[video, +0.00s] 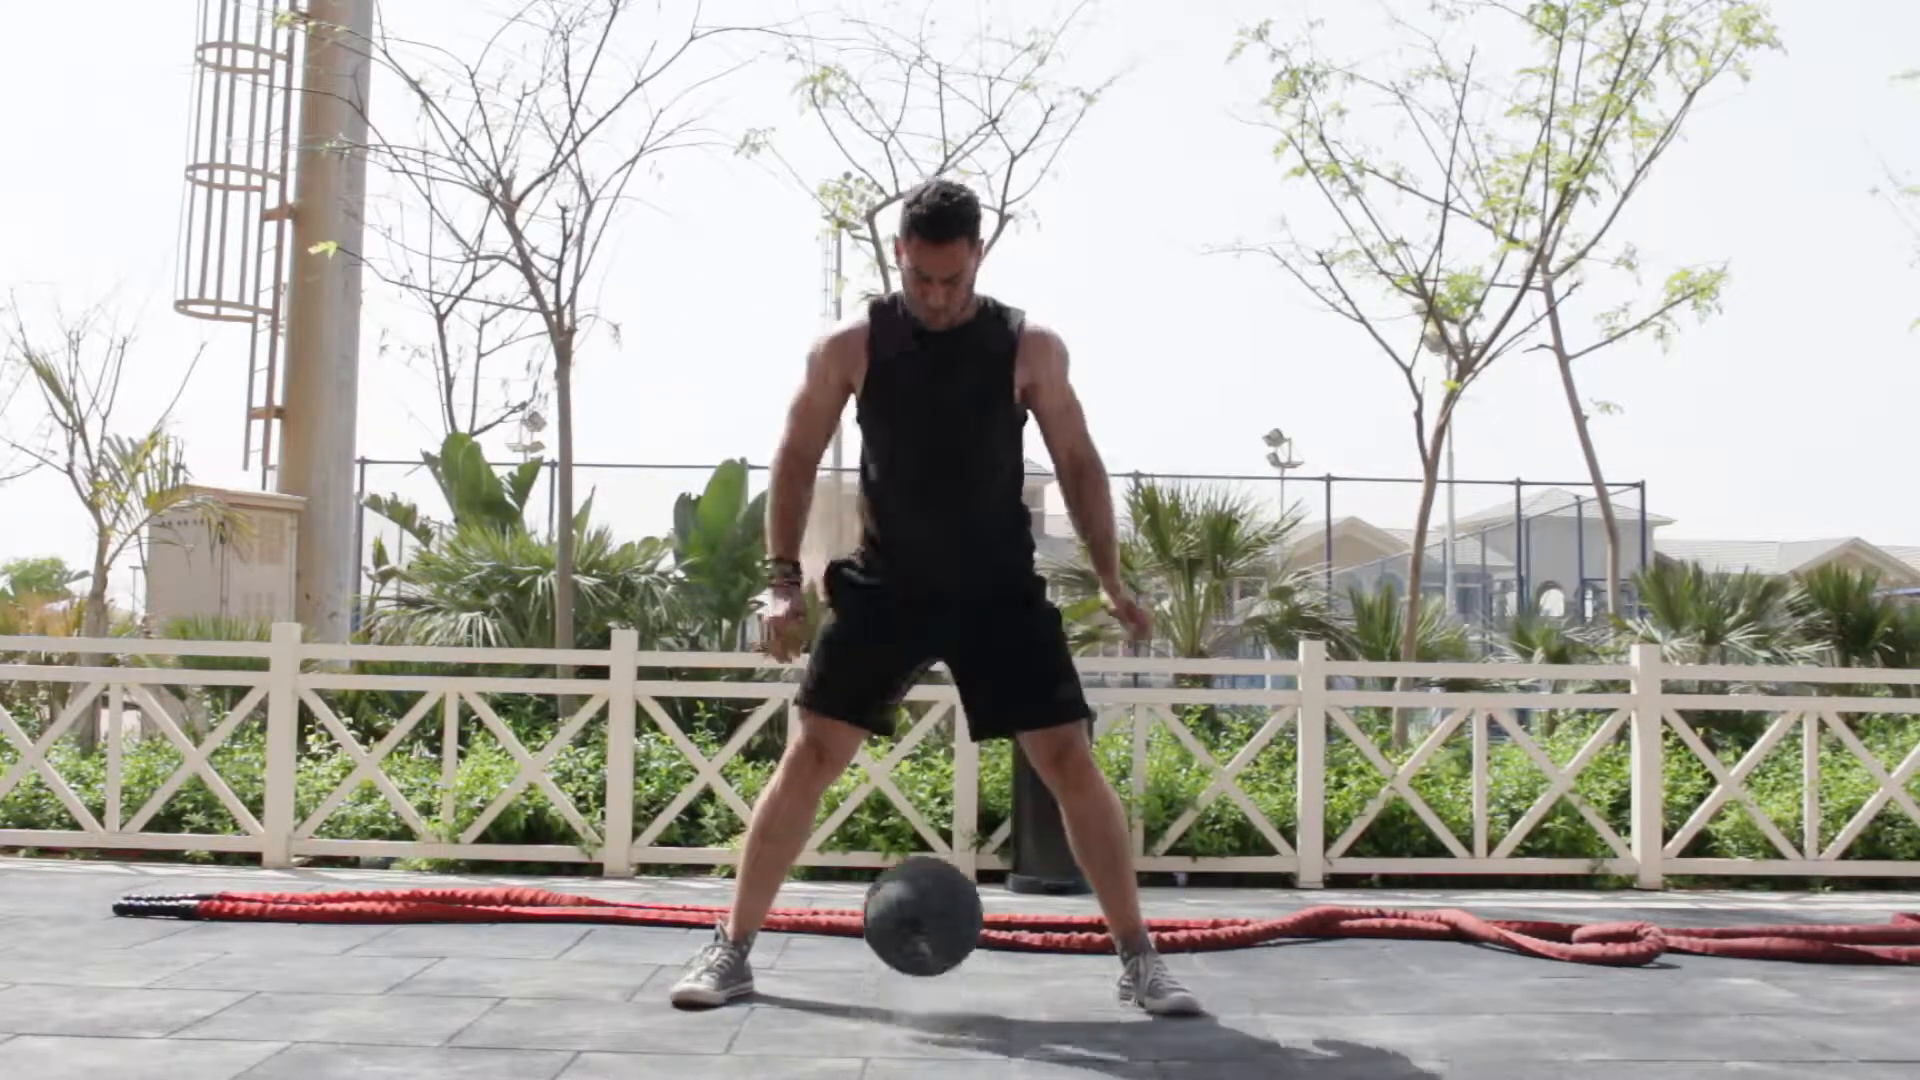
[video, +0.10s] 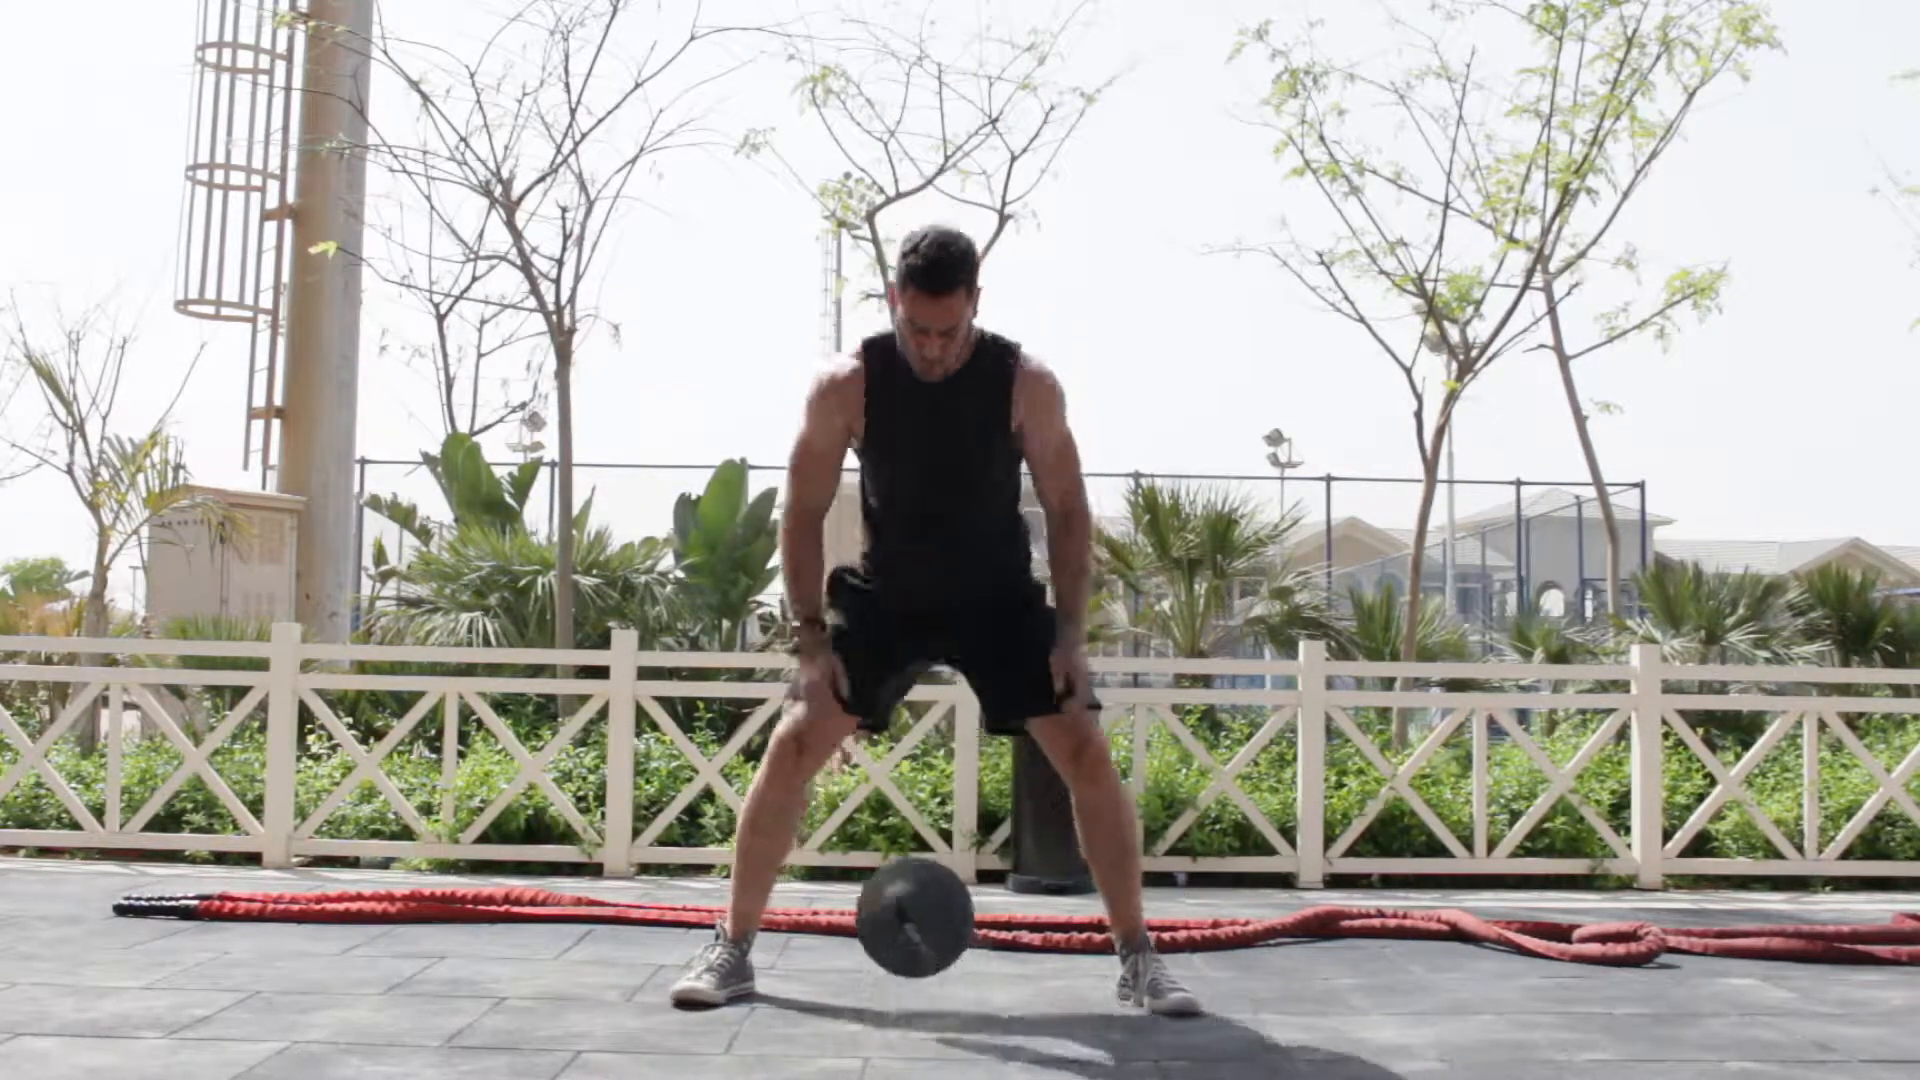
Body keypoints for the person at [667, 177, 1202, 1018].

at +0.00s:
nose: (939, 296)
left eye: (954, 279)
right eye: (924, 278)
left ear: (979, 262)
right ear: (898, 259)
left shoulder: (1031, 353)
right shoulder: (849, 352)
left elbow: (1079, 466)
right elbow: (796, 461)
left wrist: (1110, 578)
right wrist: (783, 577)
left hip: (999, 596)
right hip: (886, 592)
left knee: (1067, 756)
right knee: (809, 755)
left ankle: (1140, 958)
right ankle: (731, 948)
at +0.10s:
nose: (933, 348)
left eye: (949, 330)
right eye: (918, 330)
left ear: (976, 307)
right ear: (891, 306)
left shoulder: (1026, 387)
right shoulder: (845, 388)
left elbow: (1067, 509)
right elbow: (802, 514)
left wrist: (1070, 635)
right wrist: (810, 641)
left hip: (999, 604)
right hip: (888, 602)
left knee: (1085, 750)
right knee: (797, 738)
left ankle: (1138, 959)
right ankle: (731, 947)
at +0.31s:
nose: (929, 587)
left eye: (946, 571)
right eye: (914, 570)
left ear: (971, 540)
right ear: (887, 534)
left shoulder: (1015, 581)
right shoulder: (837, 586)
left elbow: (1013, 740)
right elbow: (833, 744)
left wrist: (993, 880)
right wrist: (841, 880)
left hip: (986, 699)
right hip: (874, 698)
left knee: (1103, 755)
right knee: (756, 754)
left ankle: (1138, 961)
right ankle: (727, 953)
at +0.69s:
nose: (935, 476)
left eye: (951, 458)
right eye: (920, 457)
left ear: (976, 445)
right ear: (895, 439)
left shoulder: (1019, 514)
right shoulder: (849, 518)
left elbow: (1026, 646)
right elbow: (837, 642)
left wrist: (990, 759)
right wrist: (846, 744)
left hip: (990, 672)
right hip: (877, 670)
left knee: (1096, 755)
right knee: (755, 747)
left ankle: (1139, 963)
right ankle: (725, 953)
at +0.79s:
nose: (935, 334)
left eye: (951, 319)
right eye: (920, 318)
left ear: (974, 322)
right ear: (895, 317)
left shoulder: (1022, 412)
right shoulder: (847, 419)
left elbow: (1048, 517)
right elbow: (828, 528)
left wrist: (1020, 576)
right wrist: (856, 580)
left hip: (993, 597)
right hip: (877, 599)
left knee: (1076, 745)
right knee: (780, 739)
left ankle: (1139, 959)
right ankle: (729, 950)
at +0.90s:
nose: (940, 244)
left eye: (955, 230)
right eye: (924, 230)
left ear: (978, 239)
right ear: (901, 239)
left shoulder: (1017, 329)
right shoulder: (860, 335)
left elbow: (1070, 444)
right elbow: (817, 456)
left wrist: (1025, 389)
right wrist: (858, 401)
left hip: (993, 577)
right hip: (886, 575)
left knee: (1066, 747)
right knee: (800, 737)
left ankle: (1134, 956)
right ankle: (730, 949)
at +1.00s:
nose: (948, 217)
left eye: (963, 209)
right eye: (933, 207)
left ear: (985, 229)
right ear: (905, 228)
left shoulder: (1017, 315)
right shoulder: (872, 316)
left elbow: (1072, 259)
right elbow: (825, 259)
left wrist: (1017, 141)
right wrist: (870, 139)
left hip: (998, 574)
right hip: (888, 574)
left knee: (1062, 758)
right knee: (807, 752)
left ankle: (1135, 959)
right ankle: (733, 951)